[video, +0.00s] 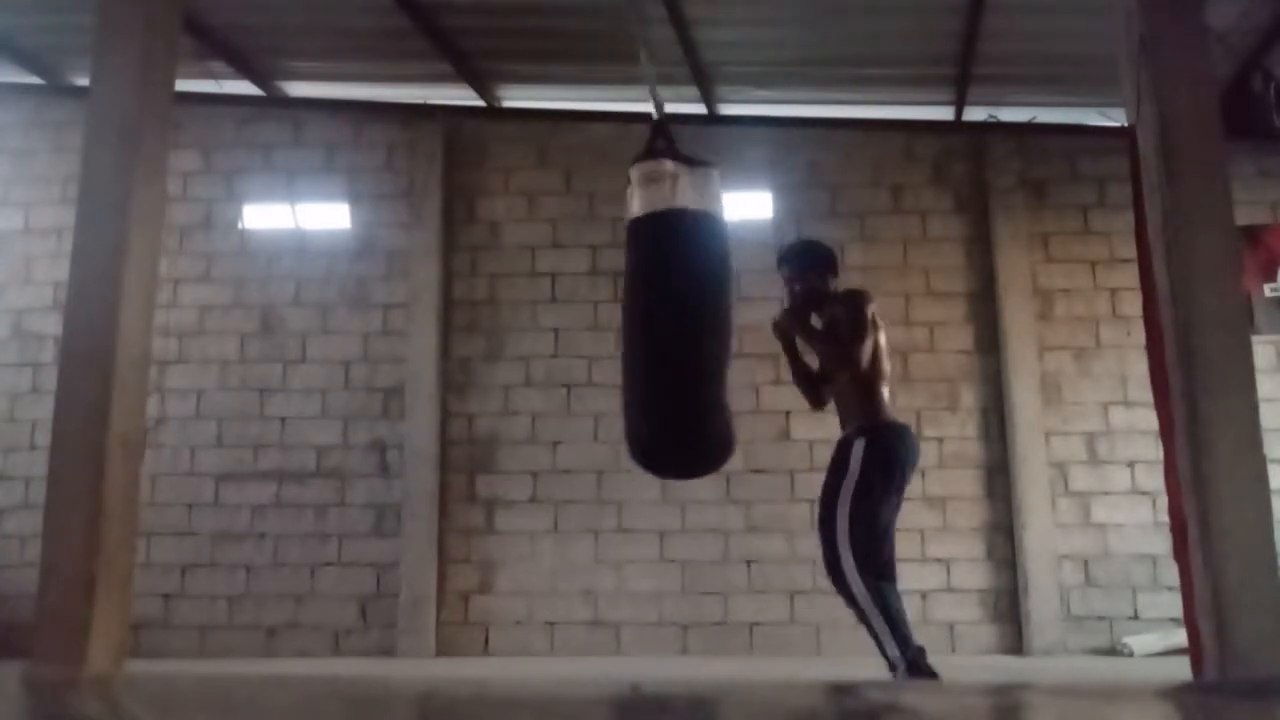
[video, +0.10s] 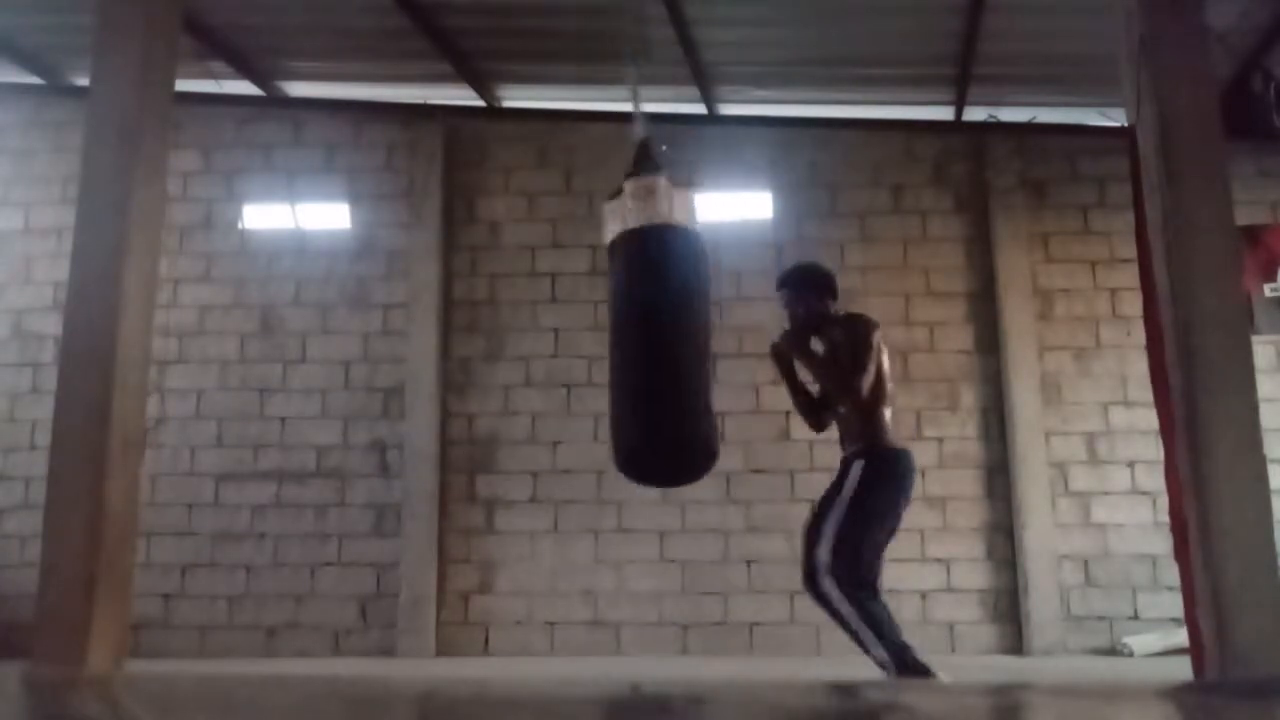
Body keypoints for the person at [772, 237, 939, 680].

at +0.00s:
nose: (789, 292)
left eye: (794, 281)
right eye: (786, 283)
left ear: (817, 277)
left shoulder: (851, 303)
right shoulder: (829, 322)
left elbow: (852, 361)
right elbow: (815, 396)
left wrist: (802, 329)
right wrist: (787, 344)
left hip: (869, 444)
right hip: (888, 442)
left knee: (842, 557)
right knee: (873, 559)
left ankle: (905, 665)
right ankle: (912, 664)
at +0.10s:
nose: (787, 315)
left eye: (791, 303)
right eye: (785, 305)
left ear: (817, 300)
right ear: (814, 304)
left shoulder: (857, 327)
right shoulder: (828, 347)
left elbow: (855, 393)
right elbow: (817, 419)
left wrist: (803, 354)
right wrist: (785, 367)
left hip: (873, 466)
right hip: (882, 466)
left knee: (823, 573)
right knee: (857, 580)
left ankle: (905, 672)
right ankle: (913, 675)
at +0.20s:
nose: (786, 307)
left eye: (792, 296)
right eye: (783, 298)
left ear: (818, 295)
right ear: (801, 300)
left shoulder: (859, 325)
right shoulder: (815, 344)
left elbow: (858, 389)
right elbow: (813, 414)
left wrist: (805, 348)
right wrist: (782, 365)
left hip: (865, 458)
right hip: (864, 460)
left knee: (803, 550)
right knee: (851, 567)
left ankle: (869, 658)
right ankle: (897, 663)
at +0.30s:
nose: (782, 296)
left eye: (788, 284)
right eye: (780, 286)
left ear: (813, 281)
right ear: (792, 286)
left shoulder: (850, 316)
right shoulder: (802, 335)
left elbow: (854, 374)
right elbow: (789, 401)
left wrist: (803, 333)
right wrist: (770, 350)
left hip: (855, 449)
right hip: (842, 452)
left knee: (802, 532)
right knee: (850, 569)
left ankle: (816, 665)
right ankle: (906, 673)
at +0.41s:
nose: (777, 297)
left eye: (784, 286)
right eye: (775, 287)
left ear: (809, 286)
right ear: (777, 290)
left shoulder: (843, 325)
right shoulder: (787, 338)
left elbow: (851, 370)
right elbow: (763, 406)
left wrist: (798, 340)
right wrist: (754, 352)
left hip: (844, 460)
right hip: (823, 462)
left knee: (807, 566)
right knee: (843, 581)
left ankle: (769, 678)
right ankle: (909, 679)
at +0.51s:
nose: (760, 310)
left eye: (766, 300)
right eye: (758, 300)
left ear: (791, 299)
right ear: (765, 300)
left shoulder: (828, 339)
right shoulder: (768, 348)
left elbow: (834, 411)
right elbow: (747, 419)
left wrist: (779, 364)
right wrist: (745, 370)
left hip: (828, 471)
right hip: (805, 472)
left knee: (782, 577)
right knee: (827, 587)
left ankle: (756, 690)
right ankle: (906, 681)